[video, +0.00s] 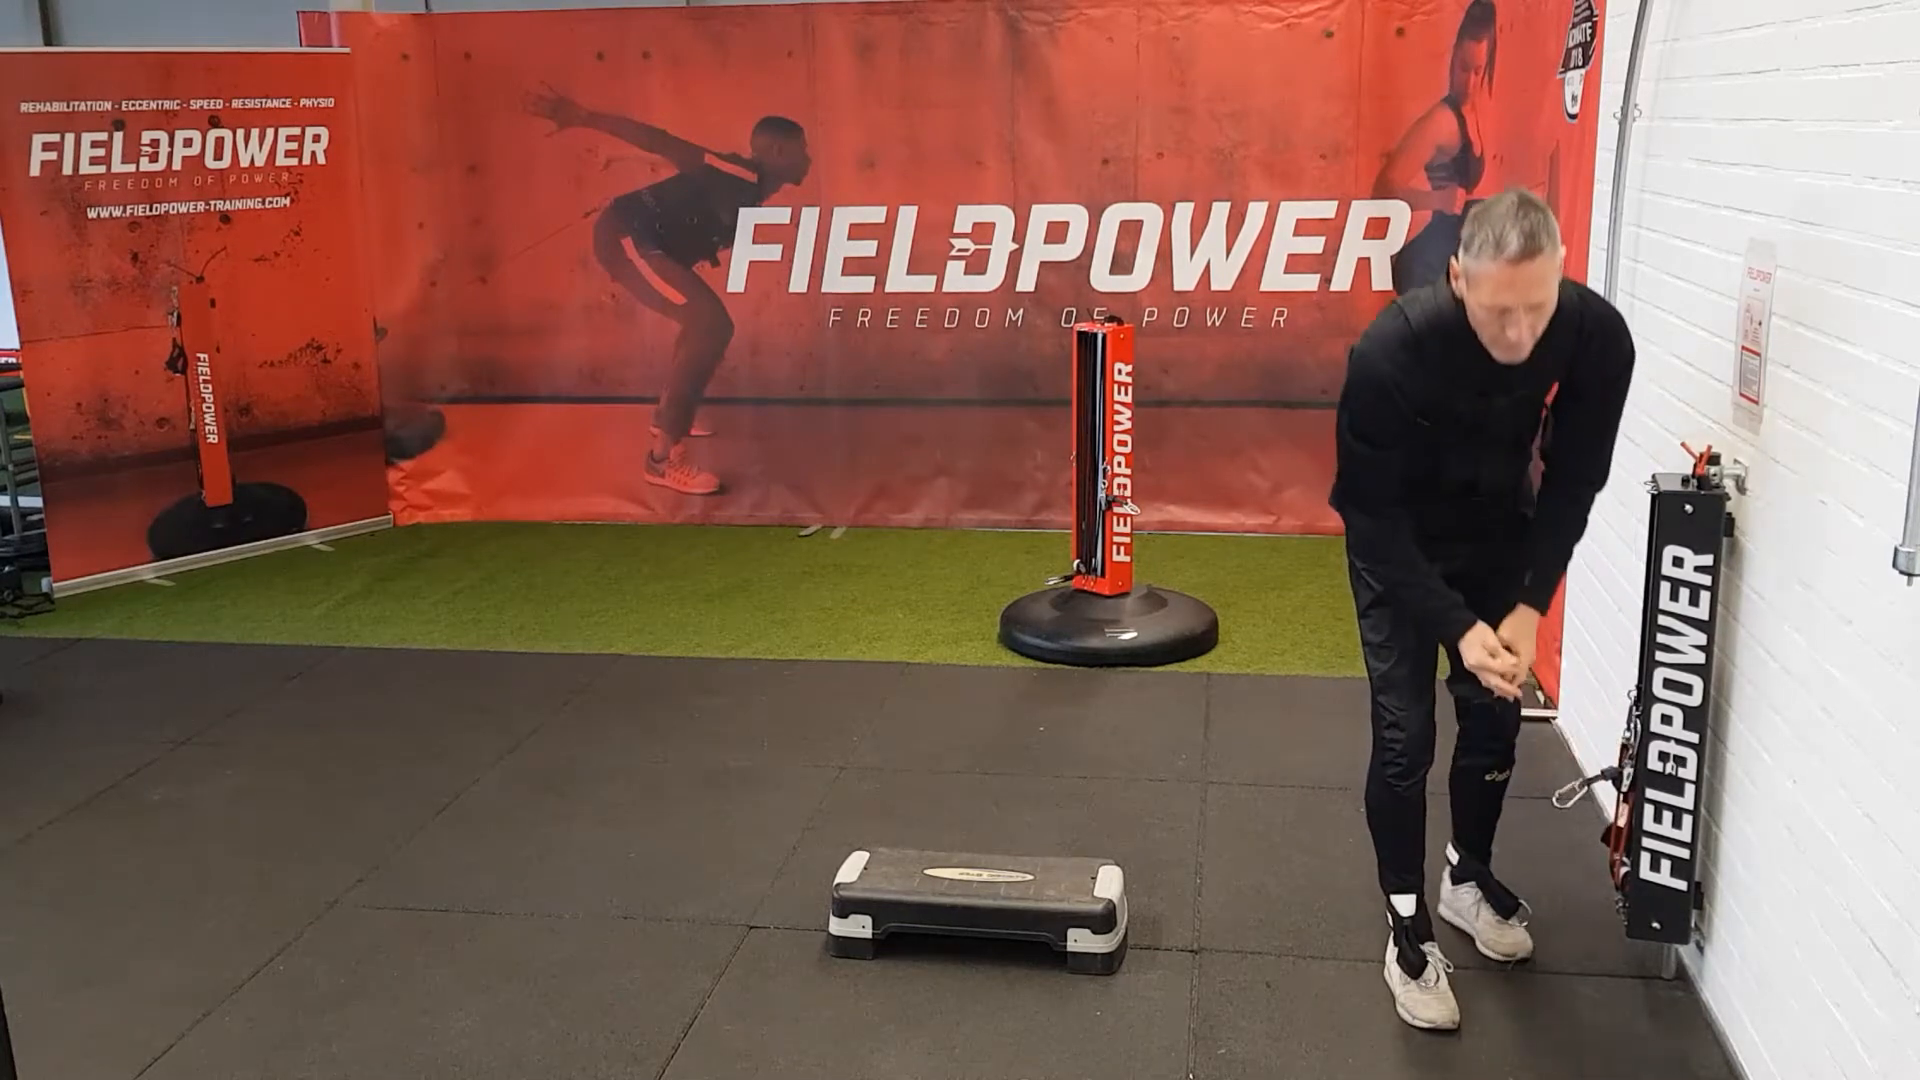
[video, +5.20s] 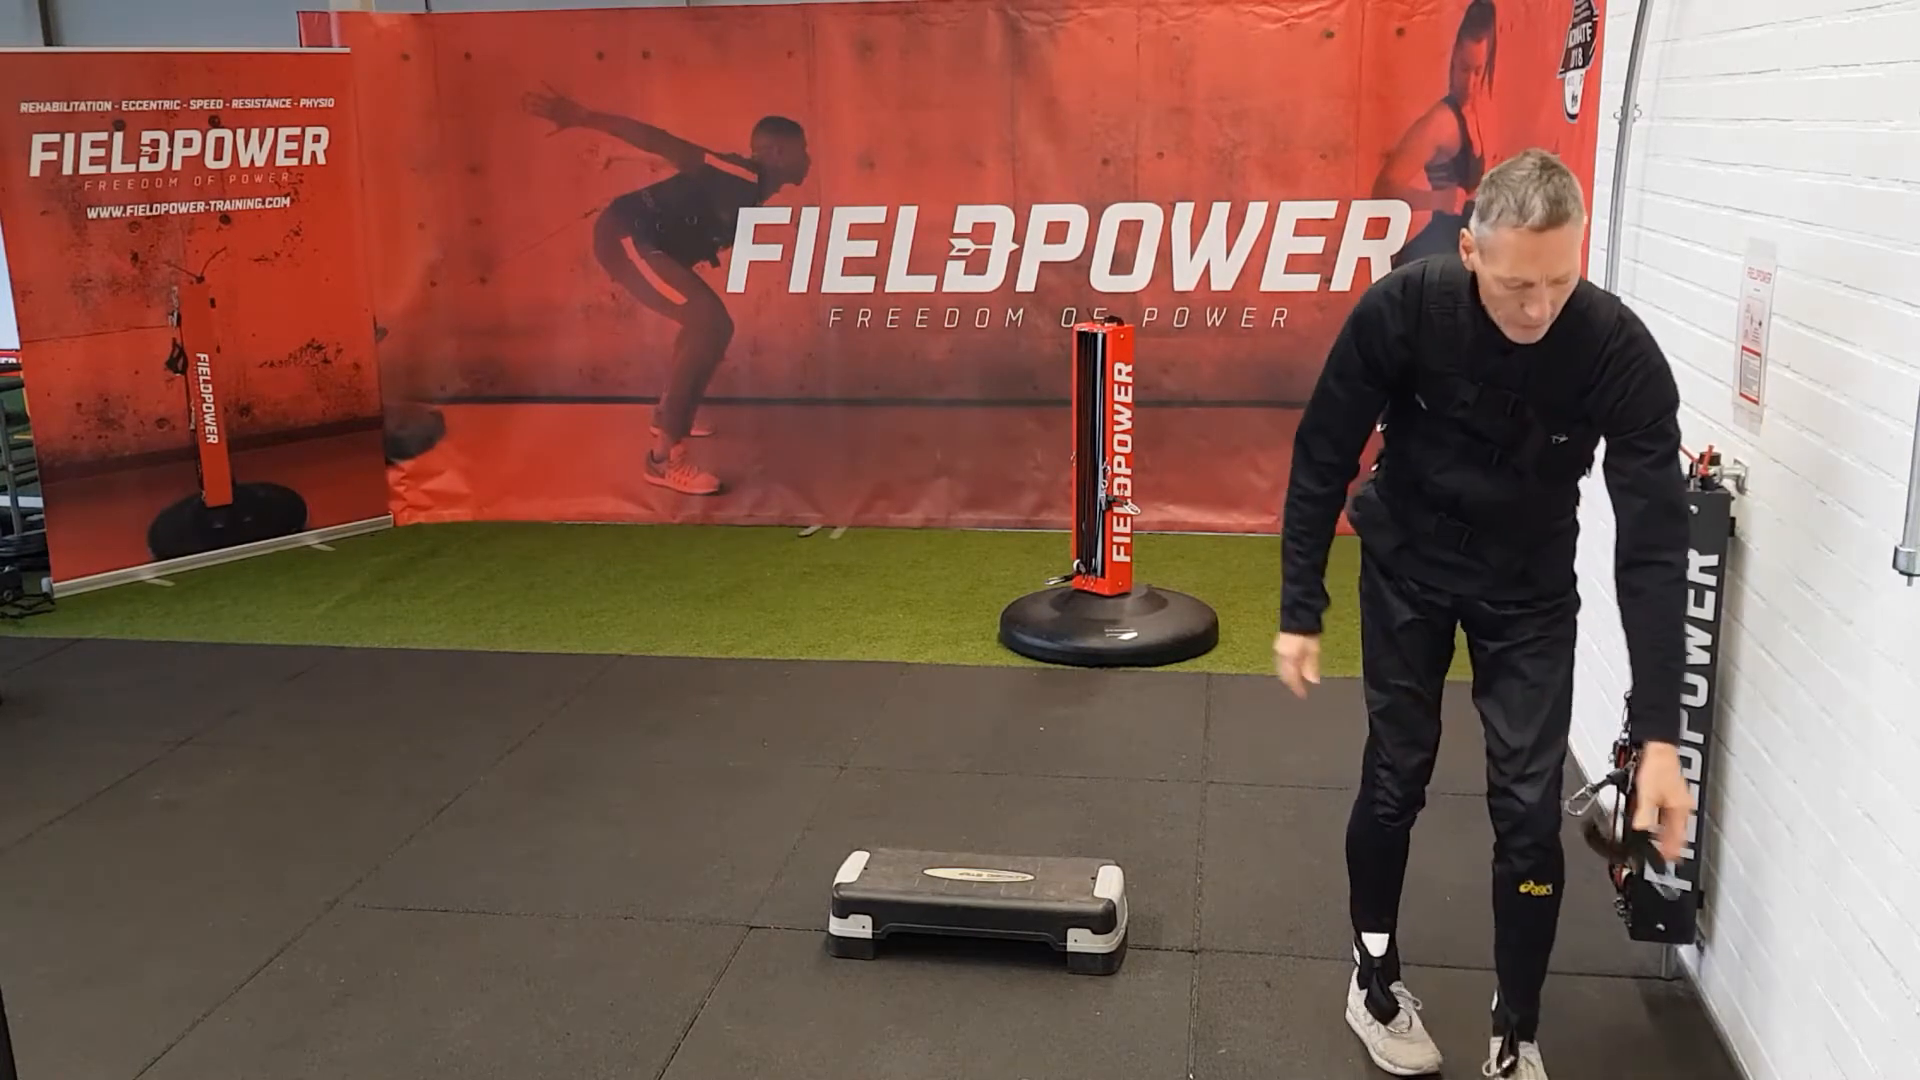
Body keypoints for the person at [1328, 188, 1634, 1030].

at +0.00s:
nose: (1517, 331)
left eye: (1534, 310)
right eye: (1497, 311)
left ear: (1561, 277)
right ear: (1459, 280)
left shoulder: (1596, 337)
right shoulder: (1391, 356)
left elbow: (1573, 484)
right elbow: (1373, 518)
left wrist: (1532, 604)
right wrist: (1459, 627)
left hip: (1497, 542)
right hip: (1398, 543)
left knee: (1491, 724)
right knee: (1406, 739)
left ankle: (1468, 880)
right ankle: (1407, 935)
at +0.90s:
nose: (1521, 370)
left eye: (1538, 347)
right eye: (1501, 351)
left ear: (1555, 316)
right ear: (1447, 315)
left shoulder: (1576, 391)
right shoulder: (1360, 366)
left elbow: (1600, 564)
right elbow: (1290, 501)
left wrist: (1602, 737)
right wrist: (1331, 640)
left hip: (1473, 592)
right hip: (1363, 591)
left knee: (1467, 764)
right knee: (1384, 797)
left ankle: (1441, 883)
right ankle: (1387, 1000)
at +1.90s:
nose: (1621, 401)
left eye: (1630, 390)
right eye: (1621, 387)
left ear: (1581, 346)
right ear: (1572, 352)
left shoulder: (1569, 382)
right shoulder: (1428, 391)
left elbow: (1533, 496)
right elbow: (1393, 557)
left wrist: (1526, 624)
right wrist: (1453, 682)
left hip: (1436, 538)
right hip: (1349, 545)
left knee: (1465, 723)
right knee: (1376, 768)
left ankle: (1398, 866)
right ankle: (1384, 1002)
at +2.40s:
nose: (1615, 529)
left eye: (1626, 520)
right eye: (1616, 516)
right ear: (1580, 482)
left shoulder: (1564, 451)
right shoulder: (1450, 486)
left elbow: (1557, 588)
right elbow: (1469, 635)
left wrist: (1574, 710)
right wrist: (1544, 741)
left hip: (1392, 545)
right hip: (1310, 539)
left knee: (1460, 695)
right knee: (1349, 743)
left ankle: (1396, 866)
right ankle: (1365, 970)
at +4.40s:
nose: (1584, 440)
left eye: (1599, 424)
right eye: (1570, 421)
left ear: (1613, 393)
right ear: (1523, 377)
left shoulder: (1573, 408)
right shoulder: (1428, 423)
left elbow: (1565, 520)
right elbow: (1413, 580)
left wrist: (1556, 649)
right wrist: (1484, 679)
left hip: (1420, 532)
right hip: (1334, 529)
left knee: (1456, 703)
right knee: (1359, 745)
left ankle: (1394, 865)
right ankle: (1366, 973)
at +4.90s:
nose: (1527, 323)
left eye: (1544, 300)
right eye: (1506, 303)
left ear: (1565, 271)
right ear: (1458, 269)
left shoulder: (1587, 344)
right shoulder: (1377, 346)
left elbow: (1593, 505)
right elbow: (1343, 524)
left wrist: (1562, 660)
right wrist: (1422, 660)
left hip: (1489, 562)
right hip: (1378, 567)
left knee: (1515, 761)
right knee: (1383, 779)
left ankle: (1487, 968)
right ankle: (1372, 977)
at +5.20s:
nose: (1536, 306)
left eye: (1556, 282)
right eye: (1515, 284)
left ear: (1583, 251)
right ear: (1473, 248)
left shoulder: (1620, 355)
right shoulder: (1405, 311)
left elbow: (1652, 552)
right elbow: (1322, 453)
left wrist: (1659, 736)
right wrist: (1299, 612)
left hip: (1530, 583)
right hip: (1408, 569)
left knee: (1532, 812)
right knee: (1397, 777)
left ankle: (1515, 1040)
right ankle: (1374, 981)